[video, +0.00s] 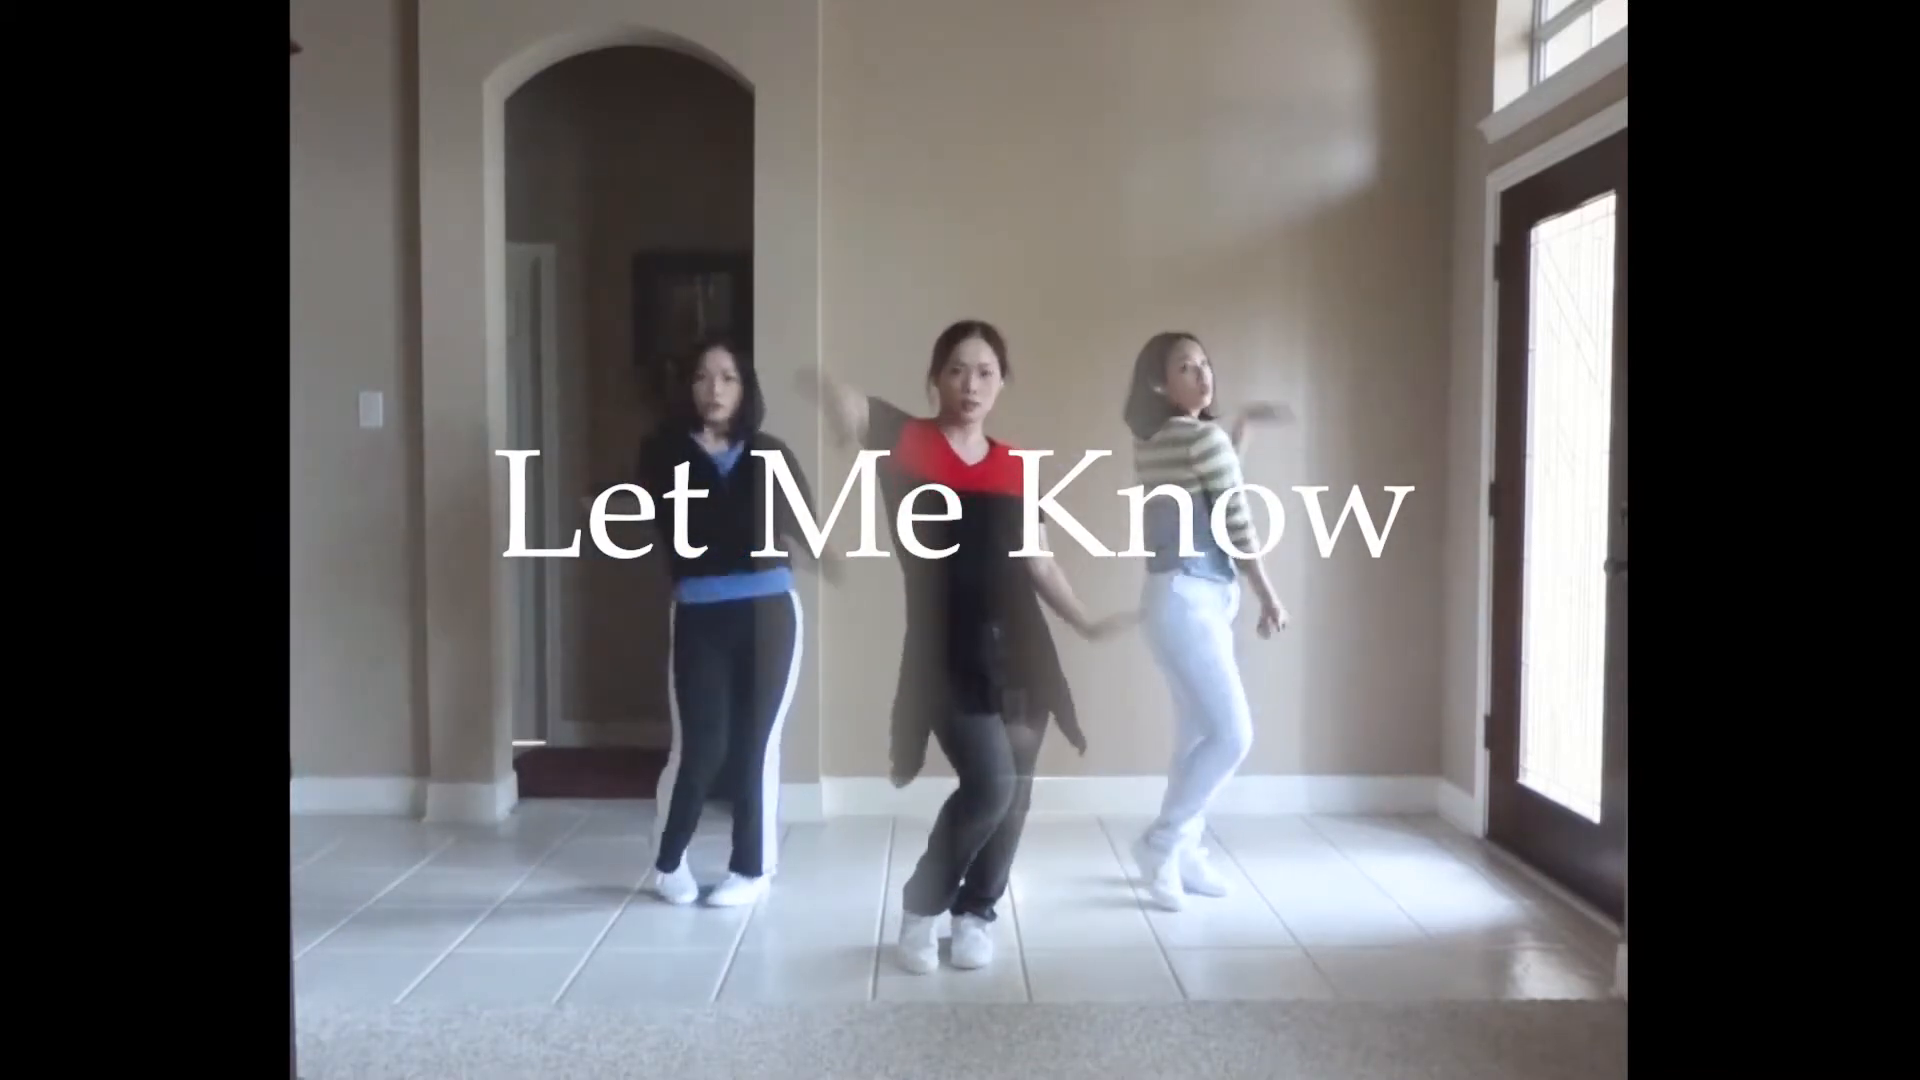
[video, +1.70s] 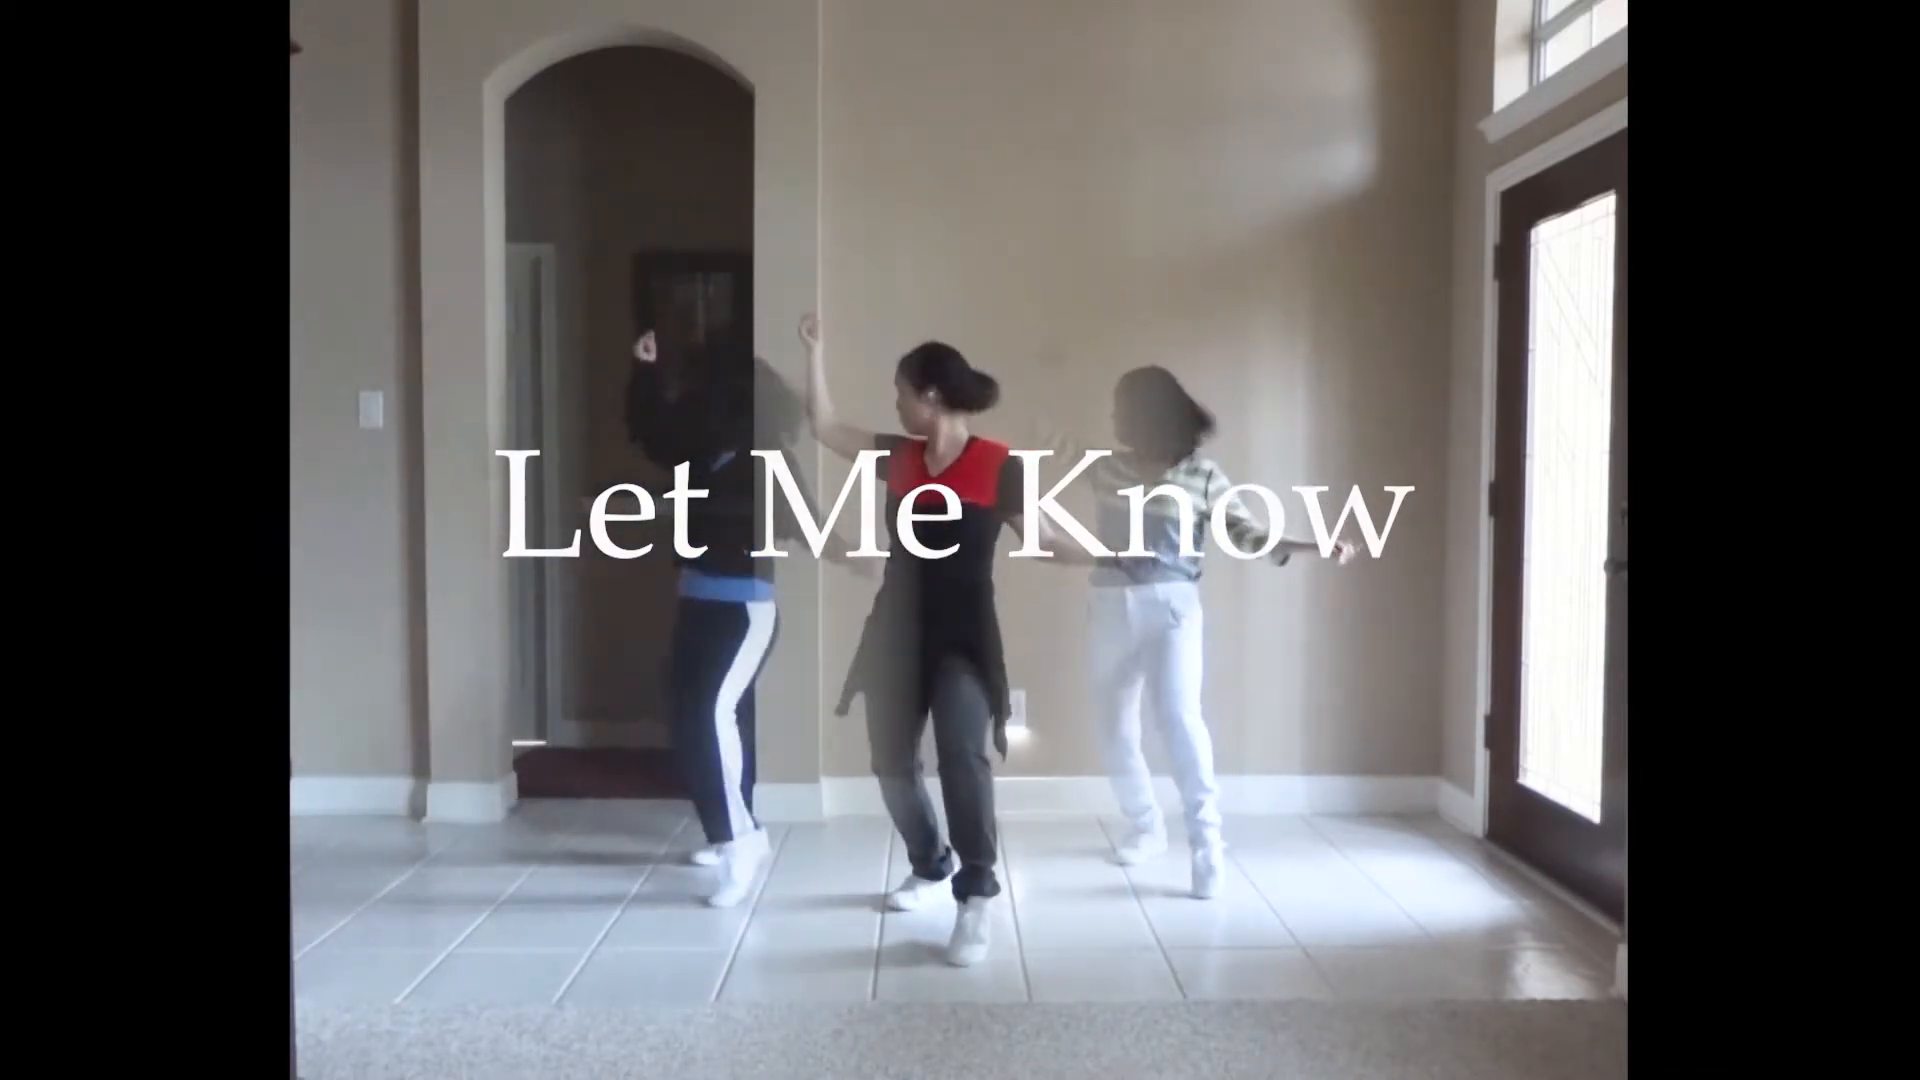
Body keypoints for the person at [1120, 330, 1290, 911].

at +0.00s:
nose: (1202, 375)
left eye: (1204, 365)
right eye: (1187, 368)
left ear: (1208, 373)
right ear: (1160, 384)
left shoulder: (1151, 439)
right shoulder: (1206, 435)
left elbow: (1199, 462)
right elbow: (1235, 521)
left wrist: (1237, 429)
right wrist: (1268, 596)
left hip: (1169, 593)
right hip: (1195, 597)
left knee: (1195, 731)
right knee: (1233, 735)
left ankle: (1189, 851)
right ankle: (1161, 844)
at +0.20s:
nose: (1197, 384)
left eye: (1204, 374)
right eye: (1182, 374)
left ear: (1212, 385)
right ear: (1155, 384)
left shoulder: (1201, 449)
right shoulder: (1148, 433)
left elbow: (1262, 503)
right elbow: (1203, 497)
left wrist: (1255, 449)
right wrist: (1237, 506)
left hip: (1221, 606)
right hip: (1172, 606)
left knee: (1220, 734)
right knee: (1215, 735)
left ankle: (1190, 848)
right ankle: (1157, 846)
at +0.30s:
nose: (1197, 397)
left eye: (1205, 386)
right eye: (1184, 387)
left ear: (1217, 394)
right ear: (1158, 394)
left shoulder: (1228, 462)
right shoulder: (1141, 450)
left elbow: (1251, 537)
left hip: (1226, 604)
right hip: (1170, 605)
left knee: (1223, 733)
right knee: (1213, 734)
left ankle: (1191, 849)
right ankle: (1157, 847)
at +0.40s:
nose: (1198, 406)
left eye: (1206, 393)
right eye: (1185, 396)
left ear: (1218, 399)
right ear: (1159, 403)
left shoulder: (1234, 468)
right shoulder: (1136, 447)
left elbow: (1260, 549)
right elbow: (1113, 425)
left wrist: (1318, 586)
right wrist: (1100, 404)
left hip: (1229, 613)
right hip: (1165, 613)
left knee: (1228, 742)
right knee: (1203, 738)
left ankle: (1190, 855)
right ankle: (1152, 854)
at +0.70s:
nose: (1190, 374)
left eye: (1200, 364)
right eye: (1178, 364)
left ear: (1217, 374)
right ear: (1157, 374)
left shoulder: (1242, 442)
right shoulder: (1135, 434)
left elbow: (1288, 502)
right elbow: (1085, 415)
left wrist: (1326, 558)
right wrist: (1074, 377)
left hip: (1213, 605)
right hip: (1145, 601)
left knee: (1213, 740)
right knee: (1140, 731)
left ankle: (1186, 857)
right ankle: (1134, 856)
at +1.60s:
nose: (1116, 417)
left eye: (1123, 409)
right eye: (1118, 409)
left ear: (1138, 417)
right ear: (1179, 416)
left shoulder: (1201, 475)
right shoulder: (1105, 469)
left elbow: (1250, 535)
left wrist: (1318, 542)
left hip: (1170, 606)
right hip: (1114, 605)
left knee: (1182, 719)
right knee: (1116, 728)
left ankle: (1205, 842)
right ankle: (1144, 824)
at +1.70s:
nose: (1120, 421)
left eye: (1126, 412)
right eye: (1120, 411)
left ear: (1144, 416)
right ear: (1176, 413)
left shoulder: (1200, 475)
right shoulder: (1104, 470)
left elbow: (1248, 536)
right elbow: (1046, 513)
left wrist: (1316, 547)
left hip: (1172, 607)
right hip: (1113, 606)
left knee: (1181, 719)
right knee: (1116, 727)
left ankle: (1206, 843)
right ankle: (1143, 826)